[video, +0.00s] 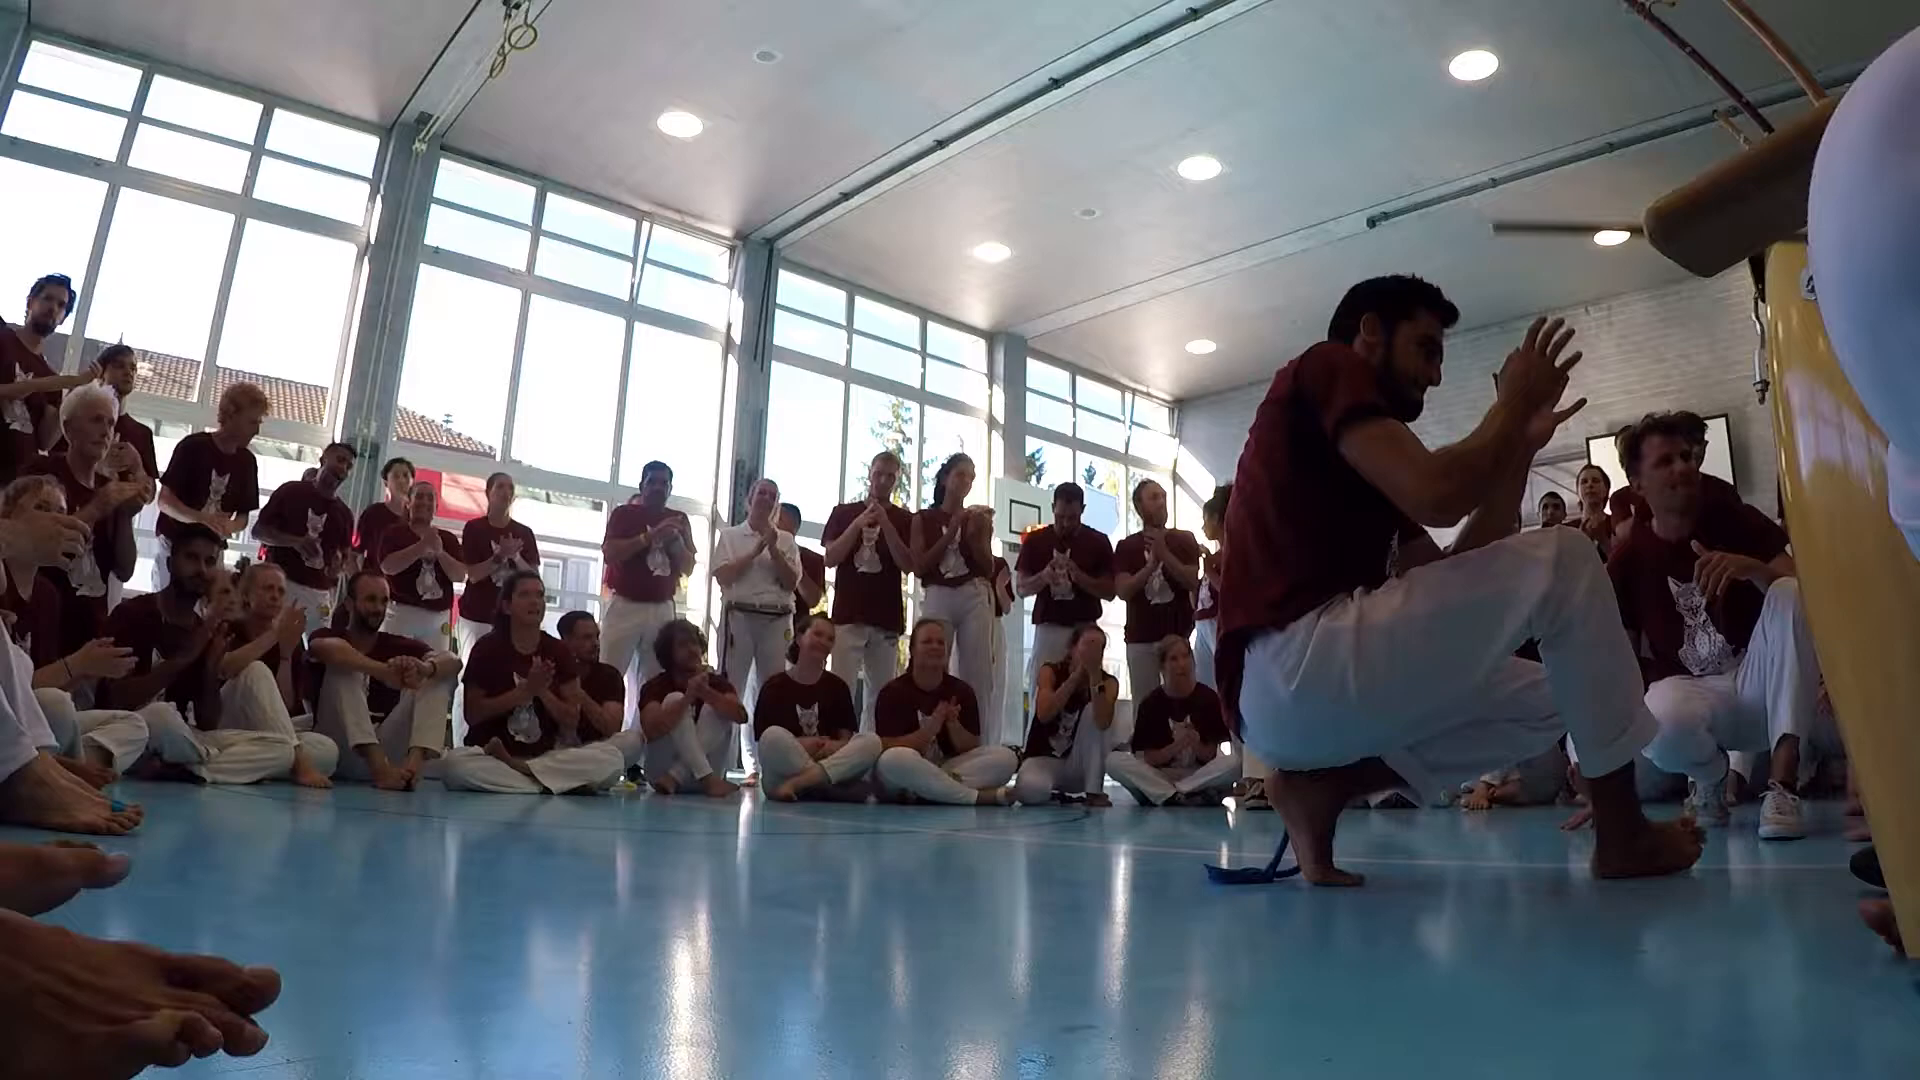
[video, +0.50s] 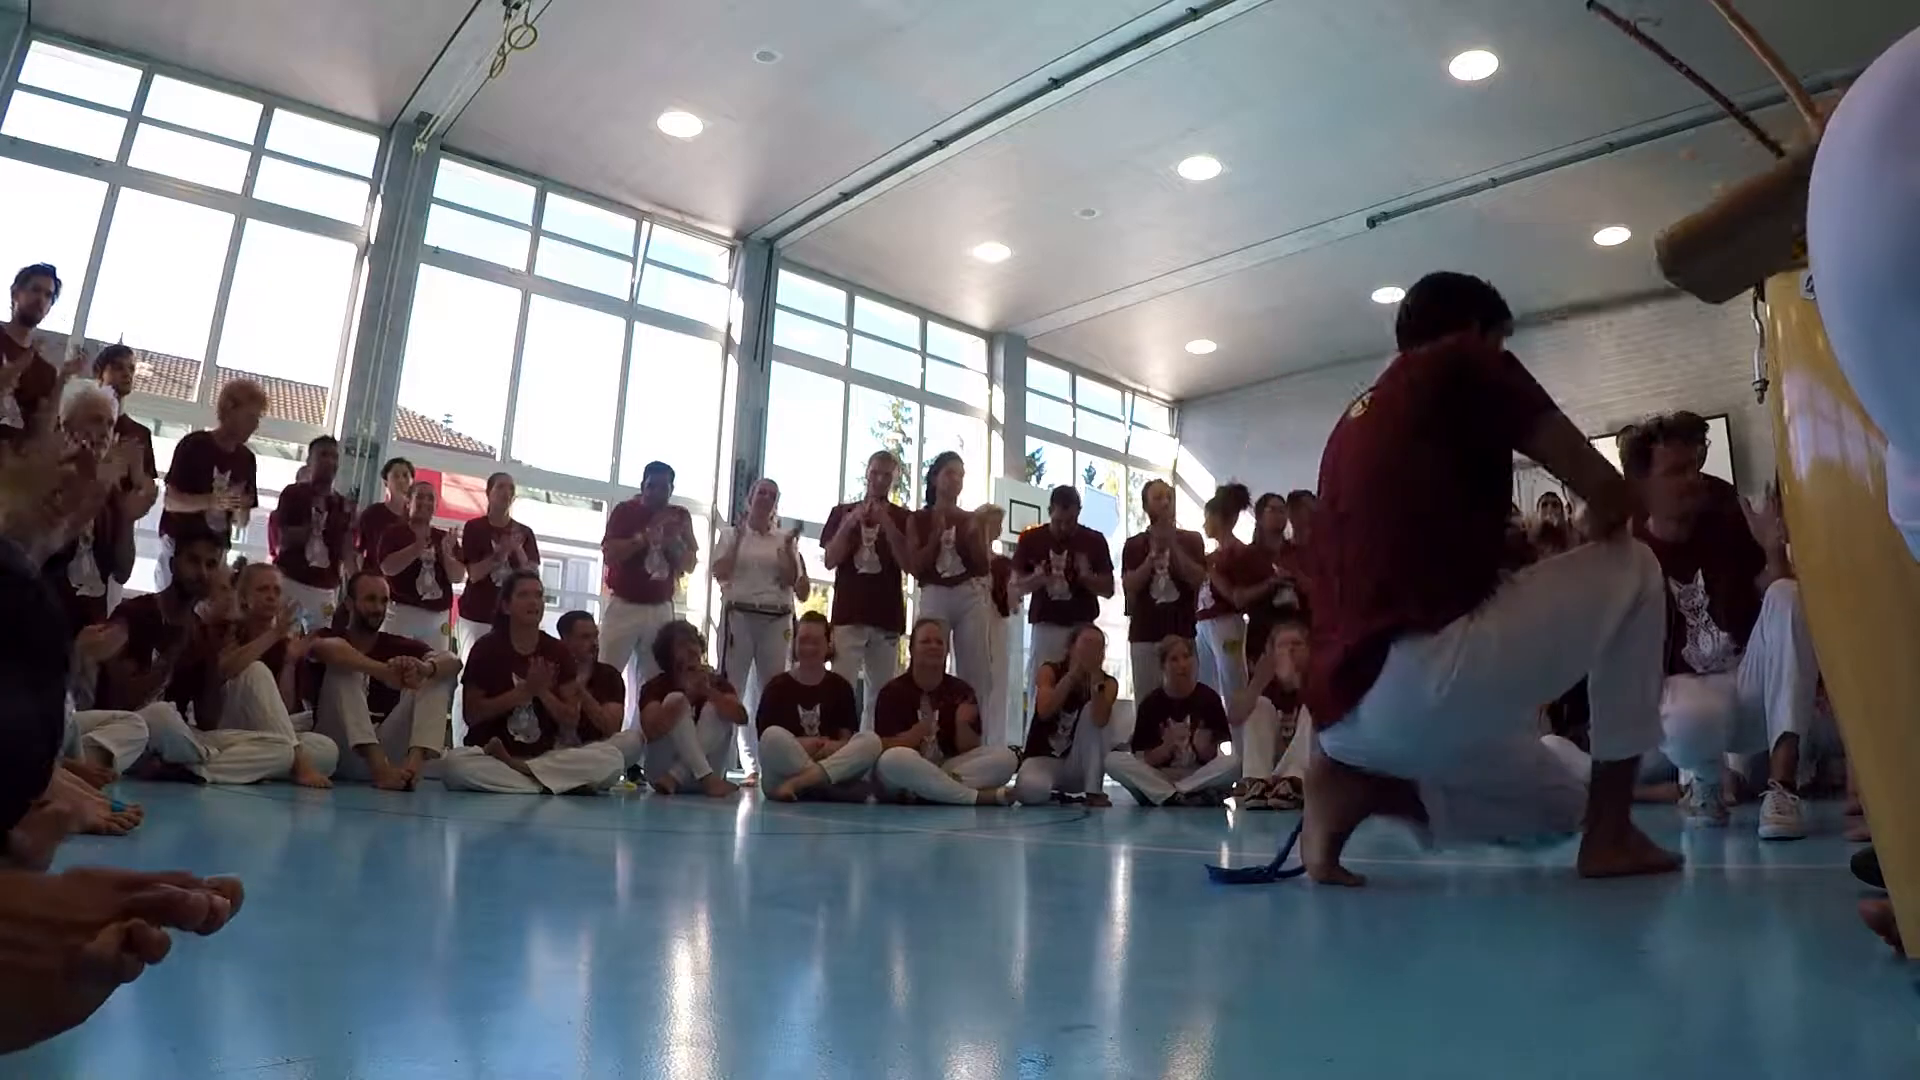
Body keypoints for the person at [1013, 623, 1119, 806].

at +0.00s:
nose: (1093, 651)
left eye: (1099, 646)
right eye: (1088, 644)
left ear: (1103, 652)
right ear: (1074, 647)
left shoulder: (1108, 682)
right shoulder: (1050, 671)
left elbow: (1102, 721)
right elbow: (1044, 713)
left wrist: (1095, 676)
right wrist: (1075, 677)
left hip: (1079, 763)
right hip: (1043, 760)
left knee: (1094, 710)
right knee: (1032, 793)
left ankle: (1094, 791)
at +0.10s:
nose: (1092, 652)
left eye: (1098, 647)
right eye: (1087, 644)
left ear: (1102, 652)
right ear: (1072, 647)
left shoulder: (1108, 682)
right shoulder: (1050, 671)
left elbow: (1103, 721)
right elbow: (1044, 714)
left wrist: (1095, 677)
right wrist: (1068, 681)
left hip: (1079, 763)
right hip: (1043, 761)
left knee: (1093, 711)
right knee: (1031, 793)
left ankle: (1094, 791)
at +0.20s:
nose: (1090, 651)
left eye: (1097, 646)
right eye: (1086, 644)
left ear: (1103, 652)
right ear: (1071, 648)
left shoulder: (1107, 682)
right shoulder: (1049, 671)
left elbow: (1103, 721)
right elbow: (1043, 714)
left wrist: (1097, 674)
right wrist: (1066, 675)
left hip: (1079, 763)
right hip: (1043, 761)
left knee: (1094, 710)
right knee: (1031, 793)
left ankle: (1094, 791)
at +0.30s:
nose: (1090, 649)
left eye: (1096, 644)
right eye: (1085, 642)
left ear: (1102, 652)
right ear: (1071, 647)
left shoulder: (1107, 682)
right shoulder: (1049, 671)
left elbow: (1100, 718)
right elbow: (1044, 710)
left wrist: (1093, 674)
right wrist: (1073, 674)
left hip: (1079, 762)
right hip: (1042, 761)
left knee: (1093, 710)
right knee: (1032, 793)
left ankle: (1093, 790)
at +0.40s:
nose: (1089, 648)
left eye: (1095, 644)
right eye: (1085, 642)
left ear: (1101, 651)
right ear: (1072, 646)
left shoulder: (1107, 683)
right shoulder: (1050, 671)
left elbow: (1099, 718)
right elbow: (1044, 710)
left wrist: (1092, 674)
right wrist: (1072, 676)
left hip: (1079, 762)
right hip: (1042, 760)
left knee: (1092, 711)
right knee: (1032, 793)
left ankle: (1093, 791)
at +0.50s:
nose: (1091, 650)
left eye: (1097, 645)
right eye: (1086, 643)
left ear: (1102, 652)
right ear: (1071, 647)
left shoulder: (1107, 683)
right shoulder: (1050, 671)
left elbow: (1100, 719)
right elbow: (1044, 710)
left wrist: (1095, 677)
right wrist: (1072, 676)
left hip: (1078, 762)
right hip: (1042, 760)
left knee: (1092, 710)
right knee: (1032, 793)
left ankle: (1094, 791)